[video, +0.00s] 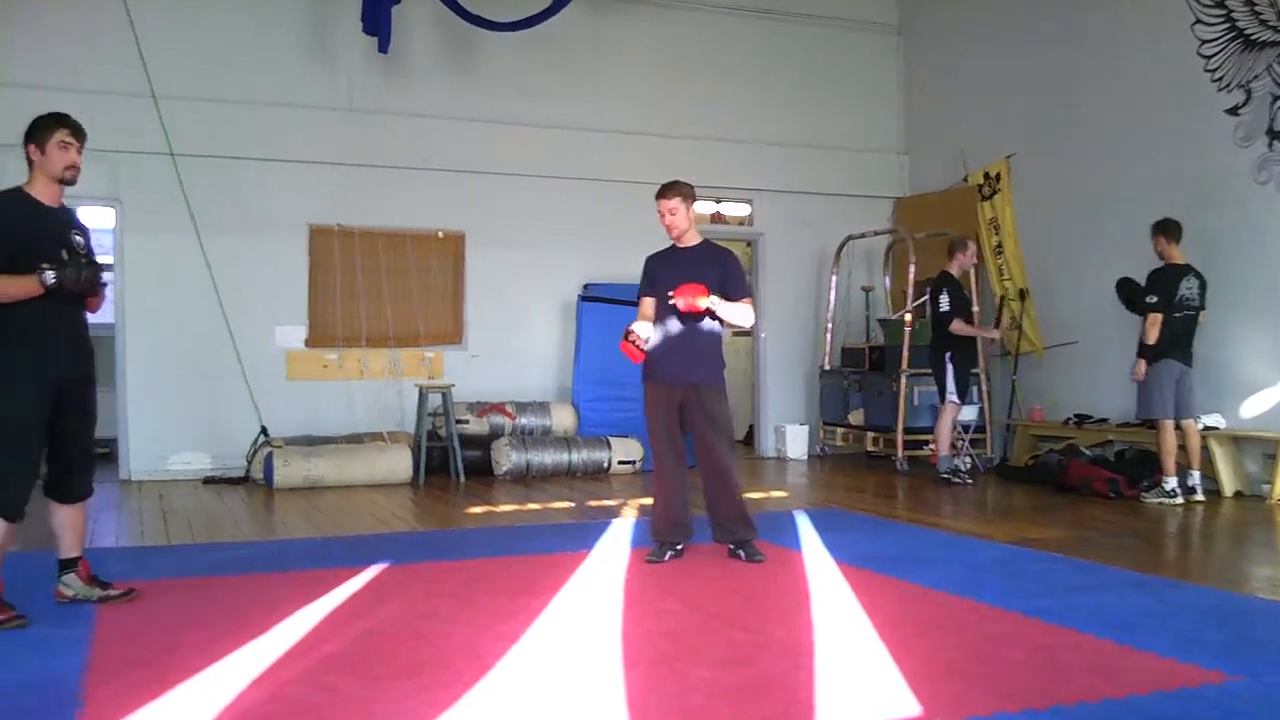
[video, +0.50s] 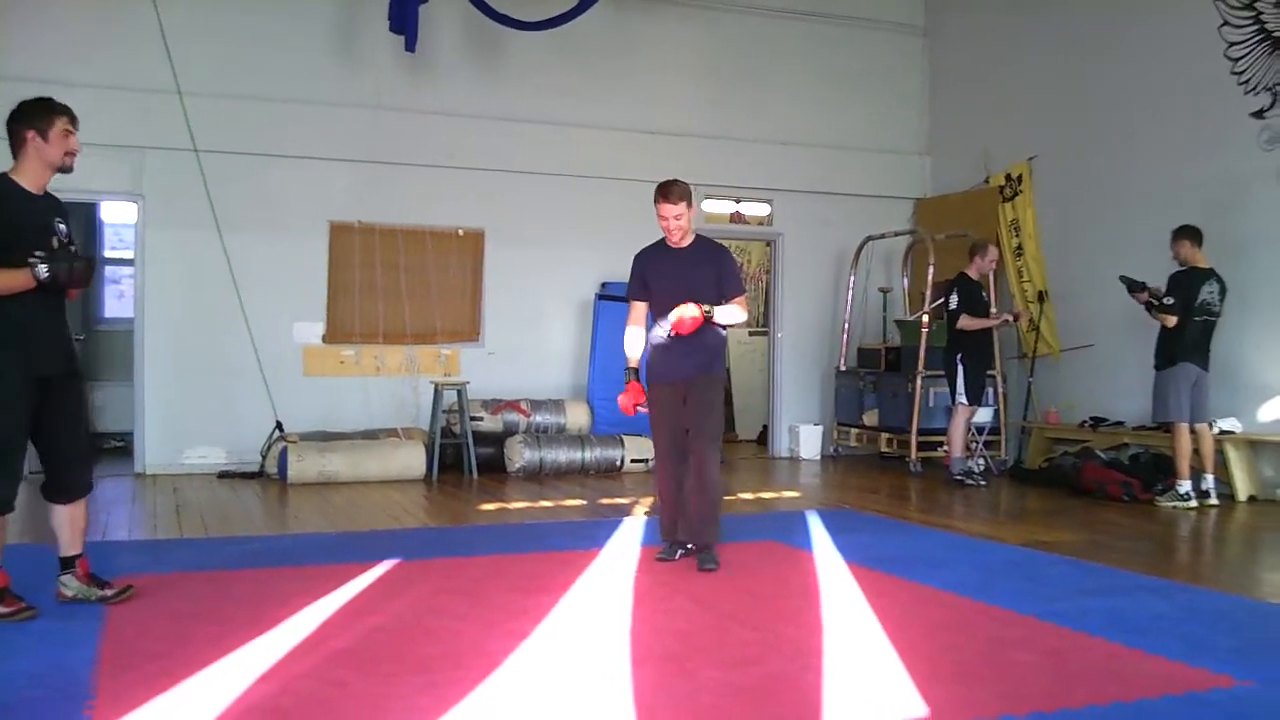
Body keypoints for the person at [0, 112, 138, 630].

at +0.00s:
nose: (75, 156)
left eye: (79, 149)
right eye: (65, 147)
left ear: (77, 158)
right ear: (34, 152)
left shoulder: (74, 226)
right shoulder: (6, 209)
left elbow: (93, 302)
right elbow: (0, 288)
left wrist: (89, 280)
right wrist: (48, 278)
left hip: (72, 366)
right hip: (16, 367)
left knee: (72, 469)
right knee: (11, 477)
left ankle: (73, 575)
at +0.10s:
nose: (101, 158)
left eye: (104, 150)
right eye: (91, 149)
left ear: (105, 159)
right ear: (61, 153)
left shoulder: (103, 223)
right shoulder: (21, 212)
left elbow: (120, 305)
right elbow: (5, 288)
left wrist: (115, 283)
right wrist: (73, 279)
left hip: (102, 367)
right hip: (46, 366)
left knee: (105, 473)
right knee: (34, 479)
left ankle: (107, 575)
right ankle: (18, 591)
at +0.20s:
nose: (108, 156)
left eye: (110, 148)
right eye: (98, 146)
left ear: (107, 157)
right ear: (67, 151)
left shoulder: (108, 223)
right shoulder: (22, 212)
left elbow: (121, 304)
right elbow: (5, 286)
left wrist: (111, 280)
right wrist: (73, 275)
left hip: (98, 369)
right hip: (40, 367)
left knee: (113, 467)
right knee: (27, 475)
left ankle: (110, 572)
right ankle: (16, 589)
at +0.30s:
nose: (88, 151)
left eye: (90, 143)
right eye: (78, 141)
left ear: (80, 152)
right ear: (43, 145)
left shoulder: (81, 219)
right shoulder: (8, 204)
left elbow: (95, 294)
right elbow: (1, 284)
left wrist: (93, 282)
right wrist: (50, 276)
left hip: (70, 367)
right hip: (15, 369)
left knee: (100, 461)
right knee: (10, 479)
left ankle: (95, 566)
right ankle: (3, 584)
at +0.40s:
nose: (79, 151)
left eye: (80, 142)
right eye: (70, 140)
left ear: (51, 145)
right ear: (34, 140)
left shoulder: (62, 212)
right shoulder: (3, 198)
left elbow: (80, 290)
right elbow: (0, 280)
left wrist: (76, 270)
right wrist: (40, 272)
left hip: (55, 360)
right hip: (8, 363)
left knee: (87, 457)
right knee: (5, 477)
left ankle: (82, 569)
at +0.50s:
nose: (76, 144)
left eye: (75, 134)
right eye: (67, 134)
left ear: (42, 141)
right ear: (32, 139)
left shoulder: (56, 209)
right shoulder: (2, 199)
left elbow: (70, 286)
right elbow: (0, 280)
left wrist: (76, 269)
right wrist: (41, 272)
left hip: (54, 360)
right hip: (9, 363)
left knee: (70, 462)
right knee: (6, 475)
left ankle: (74, 573)